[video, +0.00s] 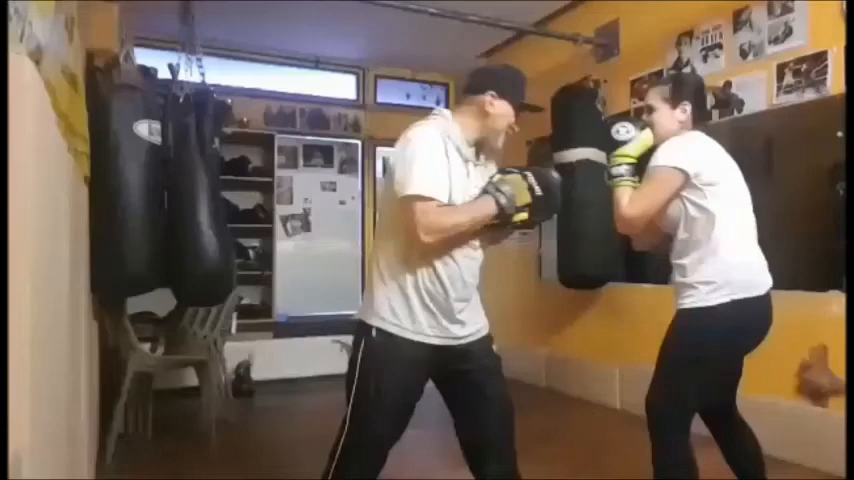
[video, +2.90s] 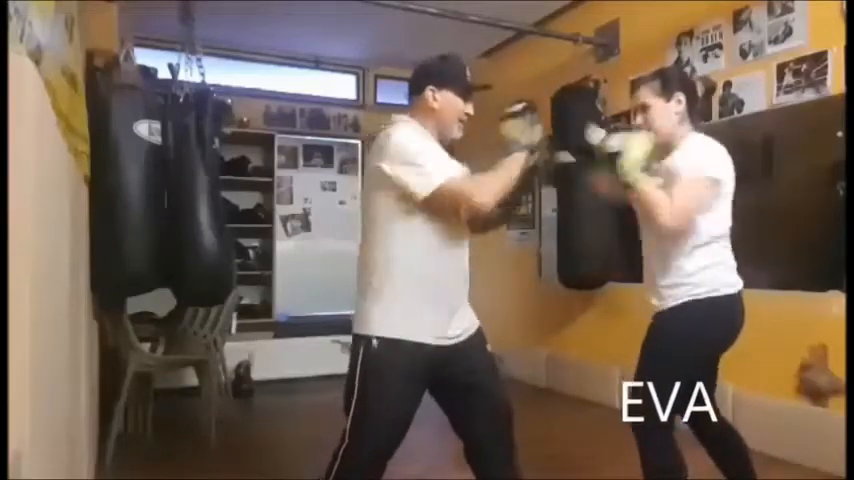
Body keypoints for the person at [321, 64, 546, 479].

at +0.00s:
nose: (516, 124)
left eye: (518, 113)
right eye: (515, 110)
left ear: (489, 104)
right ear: (490, 101)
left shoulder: (481, 156)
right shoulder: (424, 138)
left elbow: (472, 236)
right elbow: (427, 227)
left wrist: (512, 216)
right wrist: (499, 201)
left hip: (463, 331)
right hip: (398, 329)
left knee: (497, 458)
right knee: (360, 458)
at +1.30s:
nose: (482, 129)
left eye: (485, 118)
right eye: (479, 115)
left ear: (451, 108)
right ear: (449, 106)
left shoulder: (457, 156)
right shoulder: (385, 147)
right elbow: (403, 238)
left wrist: (509, 194)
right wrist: (463, 192)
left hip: (459, 330)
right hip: (389, 332)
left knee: (498, 442)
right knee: (357, 457)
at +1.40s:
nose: (474, 128)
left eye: (477, 117)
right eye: (470, 114)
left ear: (443, 108)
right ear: (440, 107)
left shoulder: (453, 150)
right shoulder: (378, 150)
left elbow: (508, 145)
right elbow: (397, 240)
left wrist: (505, 187)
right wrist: (453, 186)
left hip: (455, 324)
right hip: (386, 332)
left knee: (499, 427)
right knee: (356, 455)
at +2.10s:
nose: (472, 127)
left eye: (475, 117)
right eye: (468, 115)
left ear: (442, 110)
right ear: (439, 108)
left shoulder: (461, 150)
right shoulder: (379, 152)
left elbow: (513, 163)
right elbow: (395, 242)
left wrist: (494, 208)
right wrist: (458, 195)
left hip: (458, 321)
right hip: (391, 329)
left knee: (501, 421)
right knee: (364, 448)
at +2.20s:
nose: (458, 120)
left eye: (460, 110)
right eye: (453, 107)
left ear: (430, 104)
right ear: (423, 101)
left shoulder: (443, 150)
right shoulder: (374, 152)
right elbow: (411, 231)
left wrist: (476, 205)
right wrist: (464, 187)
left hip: (451, 323)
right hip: (387, 331)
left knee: (495, 426)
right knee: (361, 449)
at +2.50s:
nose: (453, 108)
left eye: (453, 98)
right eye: (446, 96)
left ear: (417, 97)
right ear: (414, 94)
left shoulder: (438, 149)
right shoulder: (371, 149)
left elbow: (457, 209)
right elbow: (420, 214)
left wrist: (504, 183)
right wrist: (476, 165)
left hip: (449, 327)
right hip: (382, 333)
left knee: (488, 429)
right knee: (359, 450)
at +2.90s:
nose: (470, 111)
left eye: (470, 101)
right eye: (463, 98)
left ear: (434, 99)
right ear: (432, 95)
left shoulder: (436, 152)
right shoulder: (399, 140)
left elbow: (476, 218)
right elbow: (471, 202)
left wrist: (521, 185)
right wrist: (521, 155)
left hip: (454, 329)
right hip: (393, 334)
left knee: (493, 434)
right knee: (363, 457)